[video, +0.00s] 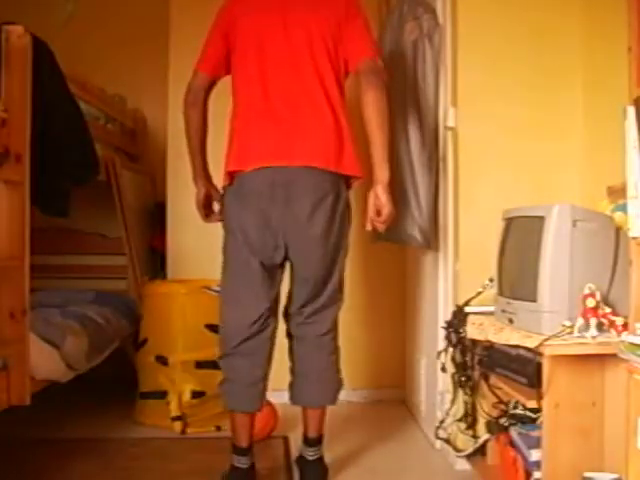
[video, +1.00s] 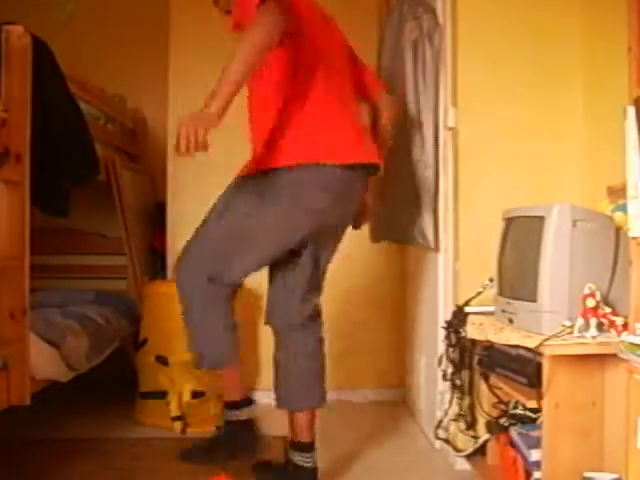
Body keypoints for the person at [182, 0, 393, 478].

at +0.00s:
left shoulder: (237, 9)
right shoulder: (341, 8)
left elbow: (196, 91)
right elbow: (370, 76)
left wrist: (201, 177)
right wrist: (381, 180)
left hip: (251, 174)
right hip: (317, 173)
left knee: (244, 317)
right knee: (314, 313)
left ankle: (241, 458)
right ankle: (312, 452)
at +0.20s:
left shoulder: (239, 9)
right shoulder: (343, 8)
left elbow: (194, 95)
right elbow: (373, 78)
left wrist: (200, 183)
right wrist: (384, 178)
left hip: (249, 177)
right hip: (314, 178)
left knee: (243, 320)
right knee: (313, 318)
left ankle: (239, 457)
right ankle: (310, 458)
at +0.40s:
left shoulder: (246, 8)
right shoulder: (350, 8)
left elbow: (199, 79)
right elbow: (385, 86)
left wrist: (188, 175)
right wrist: (391, 181)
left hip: (256, 171)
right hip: (320, 173)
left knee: (255, 290)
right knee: (316, 309)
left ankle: (248, 396)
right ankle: (309, 455)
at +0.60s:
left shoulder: (251, 8)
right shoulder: (356, 16)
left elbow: (198, 69)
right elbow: (405, 86)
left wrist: (169, 163)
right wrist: (398, 178)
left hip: (250, 176)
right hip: (317, 178)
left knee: (244, 294)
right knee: (316, 317)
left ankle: (244, 401)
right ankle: (307, 457)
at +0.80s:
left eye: (269, 12)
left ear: (272, 8)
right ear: (314, 8)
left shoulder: (248, 37)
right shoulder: (348, 35)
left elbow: (202, 97)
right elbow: (400, 89)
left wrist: (171, 189)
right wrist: (384, 182)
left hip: (248, 194)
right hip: (319, 197)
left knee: (211, 315)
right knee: (314, 326)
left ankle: (176, 445)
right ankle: (304, 457)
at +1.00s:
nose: (231, 22)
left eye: (230, 13)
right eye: (232, 18)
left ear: (241, 1)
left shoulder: (263, 6)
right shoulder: (326, 28)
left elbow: (271, 24)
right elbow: (386, 103)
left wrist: (211, 108)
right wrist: (368, 178)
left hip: (301, 169)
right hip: (345, 174)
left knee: (200, 272)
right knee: (294, 309)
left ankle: (237, 424)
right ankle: (302, 456)